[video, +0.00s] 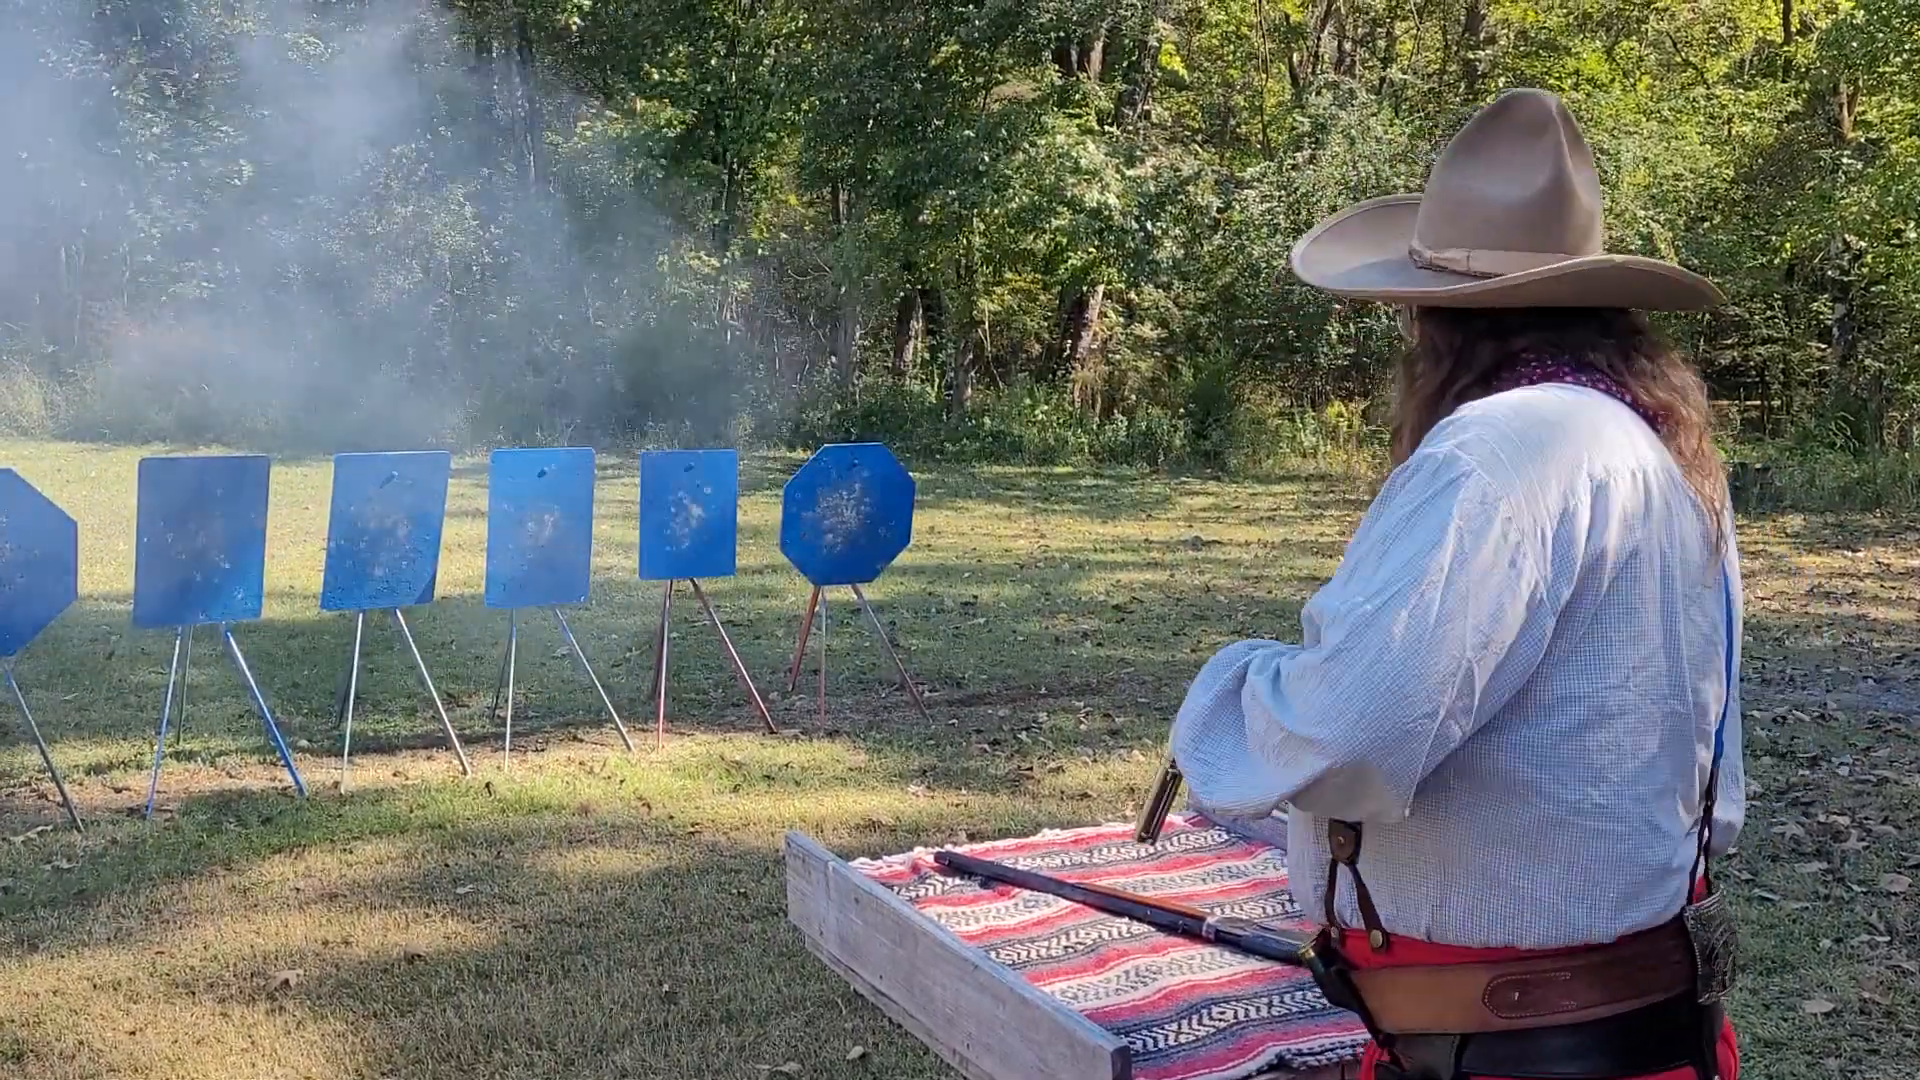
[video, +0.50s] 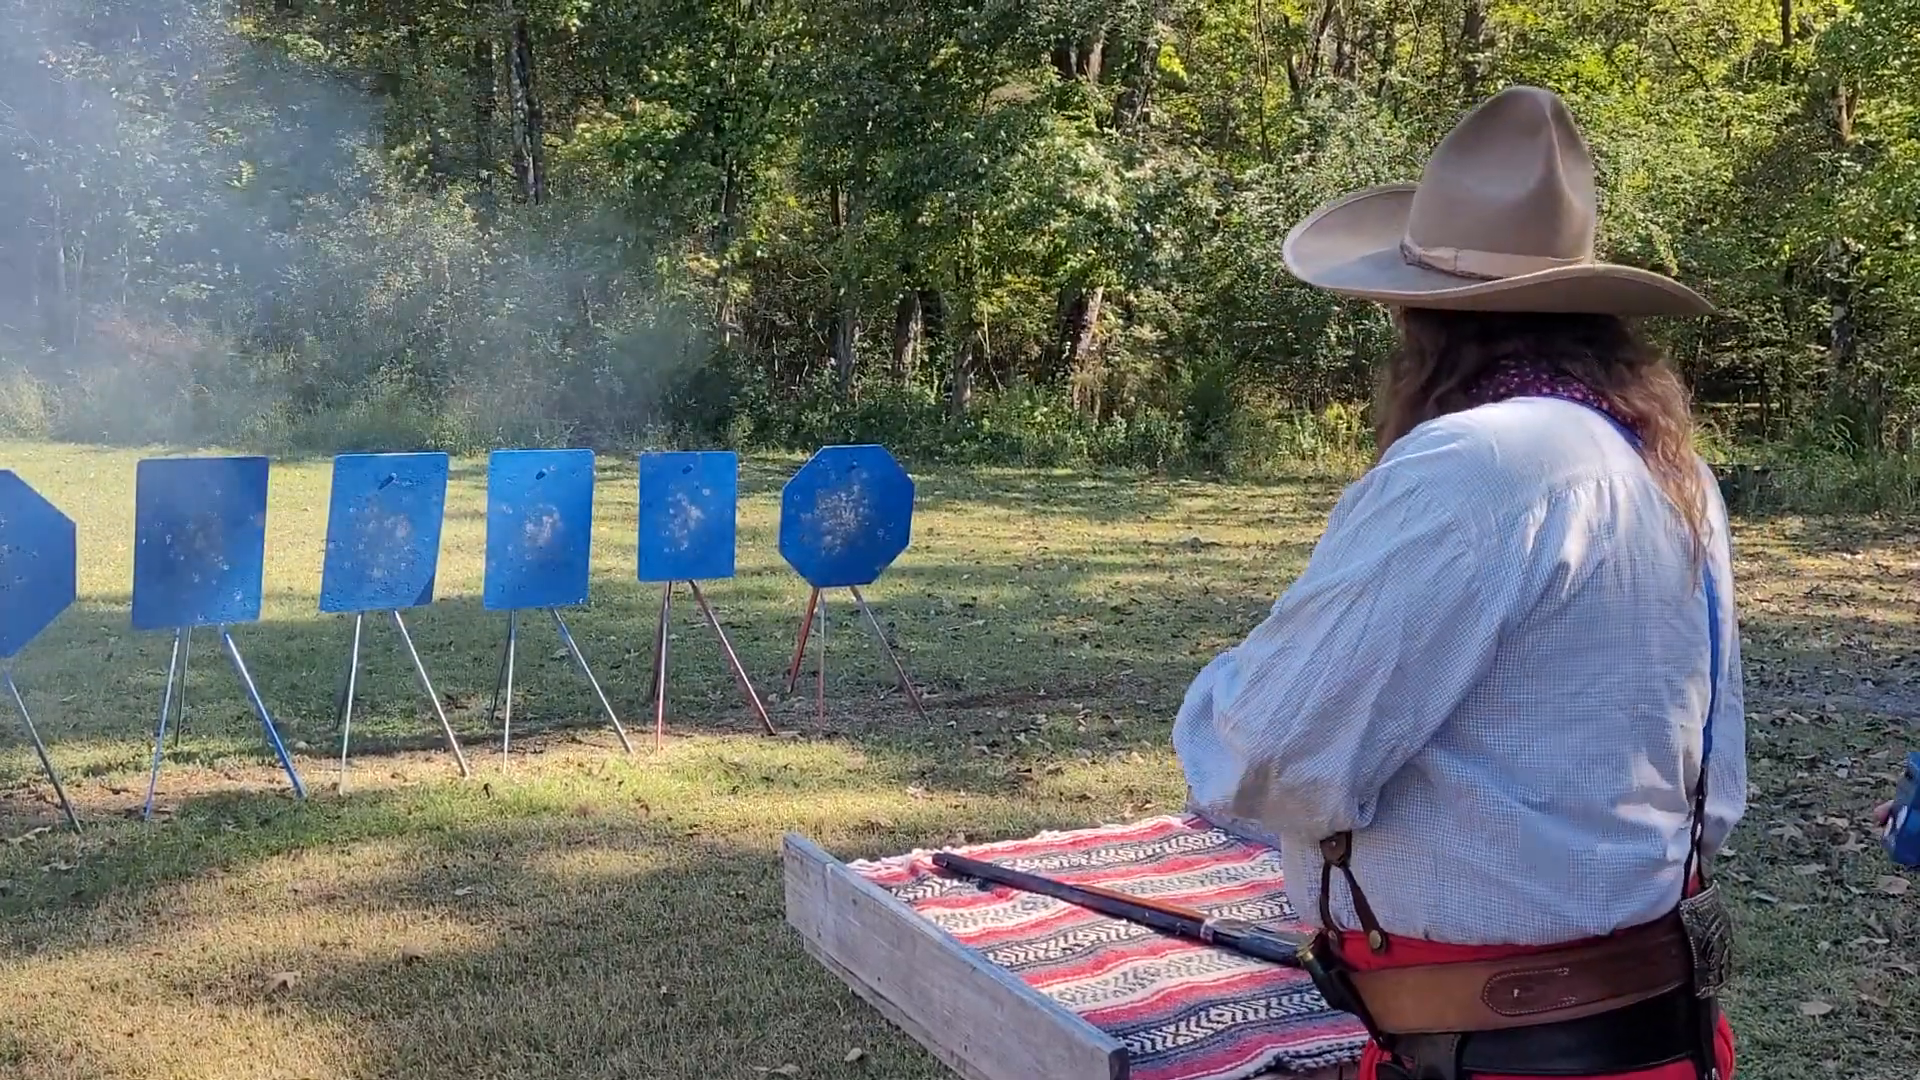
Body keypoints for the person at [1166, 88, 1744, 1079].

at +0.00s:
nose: (1406, 328)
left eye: (1417, 305)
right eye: (1410, 303)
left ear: (1457, 315)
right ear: (1589, 307)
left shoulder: (1503, 453)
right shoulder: (1665, 454)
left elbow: (1354, 737)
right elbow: (1709, 791)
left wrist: (1234, 683)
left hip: (1497, 1038)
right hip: (1639, 1006)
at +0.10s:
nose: (1405, 331)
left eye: (1416, 307)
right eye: (1411, 305)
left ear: (1450, 320)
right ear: (1588, 311)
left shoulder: (1506, 464)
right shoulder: (1662, 458)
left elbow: (1303, 765)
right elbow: (1711, 796)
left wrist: (1224, 696)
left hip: (1500, 1044)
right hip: (1643, 1006)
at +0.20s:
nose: (1403, 330)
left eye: (1414, 307)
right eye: (1409, 303)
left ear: (1447, 320)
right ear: (1588, 315)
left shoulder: (1497, 462)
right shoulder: (1661, 464)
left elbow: (1286, 761)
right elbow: (1708, 795)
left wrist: (1226, 697)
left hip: (1498, 1044)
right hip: (1646, 1005)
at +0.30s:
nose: (1400, 332)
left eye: (1411, 308)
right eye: (1406, 305)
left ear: (1442, 322)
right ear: (1586, 315)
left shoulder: (1486, 461)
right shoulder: (1665, 463)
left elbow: (1265, 757)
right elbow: (1713, 790)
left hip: (1496, 1044)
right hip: (1649, 1006)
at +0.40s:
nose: (1395, 335)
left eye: (1407, 312)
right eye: (1401, 307)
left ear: (1439, 326)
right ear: (1585, 319)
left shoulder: (1474, 464)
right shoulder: (1672, 469)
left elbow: (1261, 759)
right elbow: (1714, 791)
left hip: (1485, 1040)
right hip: (1649, 1004)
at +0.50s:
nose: (1394, 336)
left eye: (1406, 312)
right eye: (1401, 308)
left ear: (1438, 326)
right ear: (1583, 319)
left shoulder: (1479, 466)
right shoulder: (1674, 470)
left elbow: (1271, 753)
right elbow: (1714, 785)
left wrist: (1229, 680)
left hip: (1489, 1041)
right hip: (1648, 1004)